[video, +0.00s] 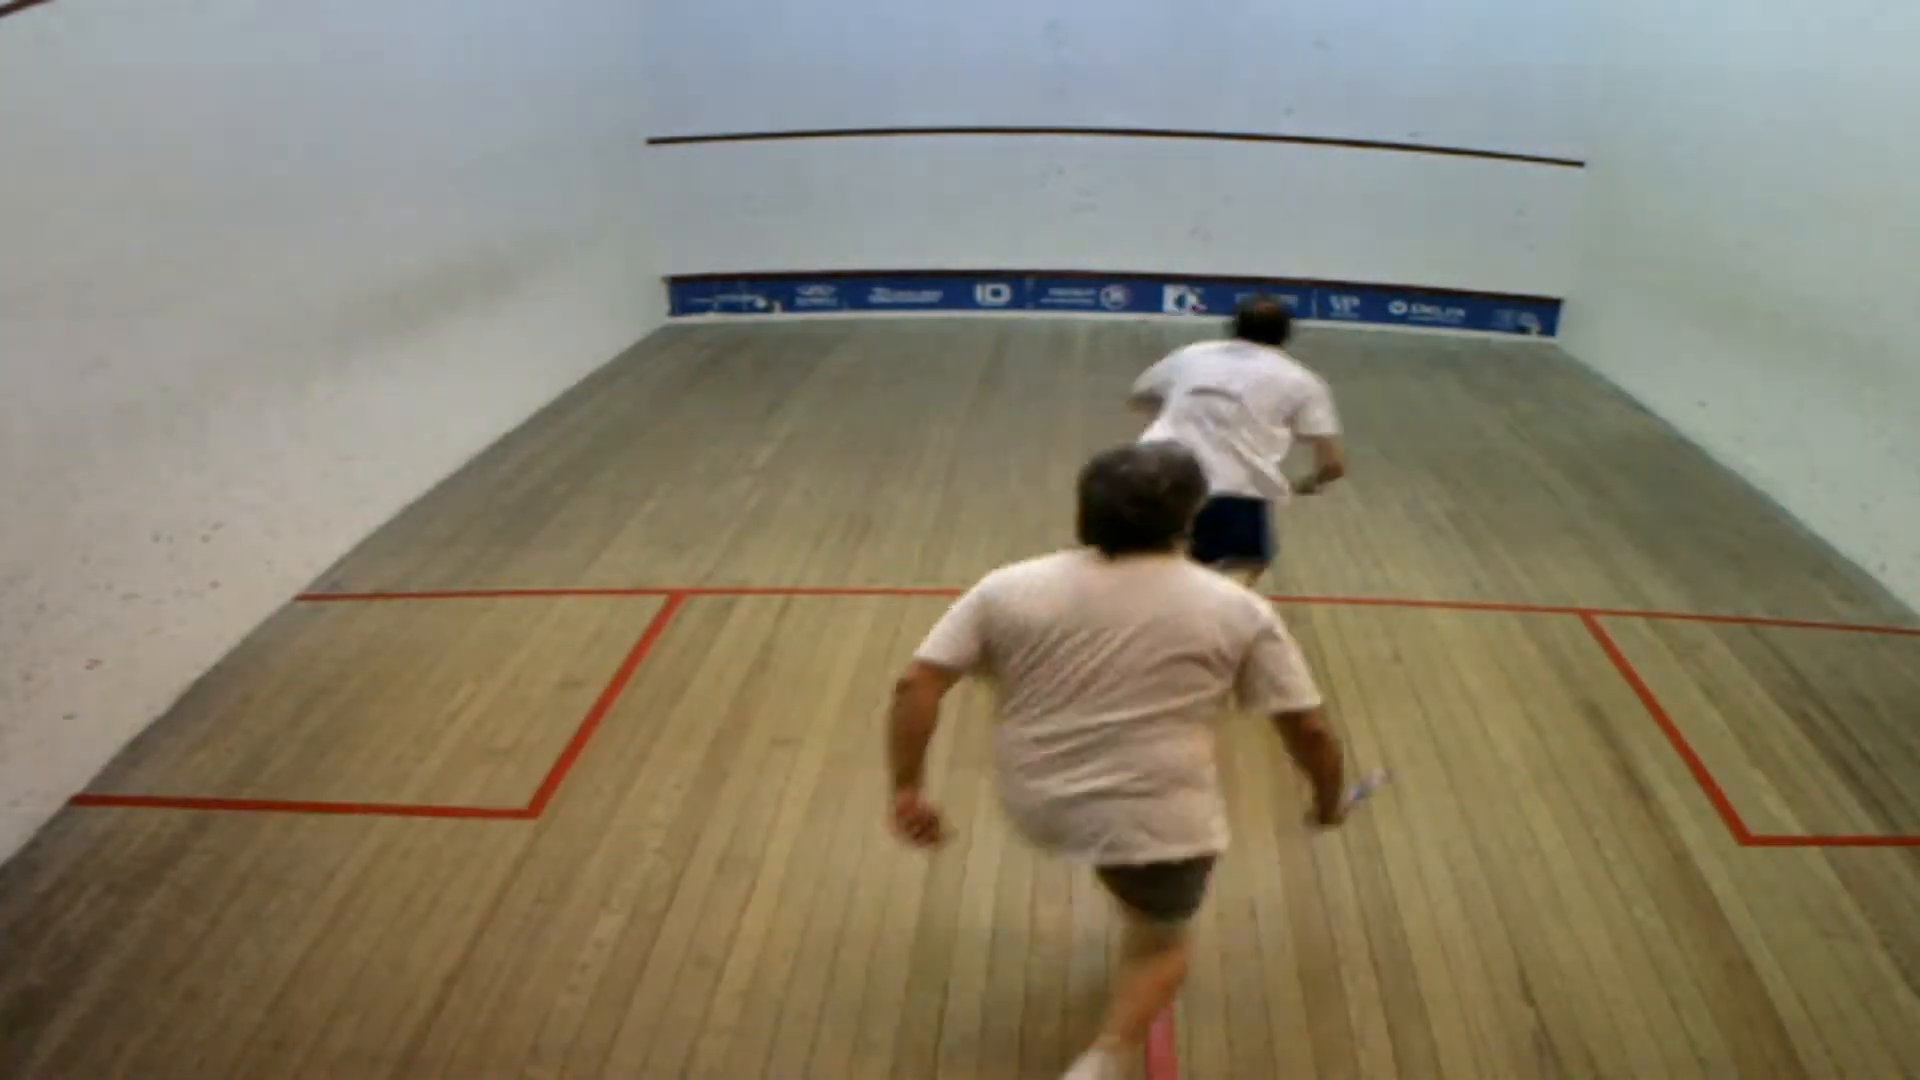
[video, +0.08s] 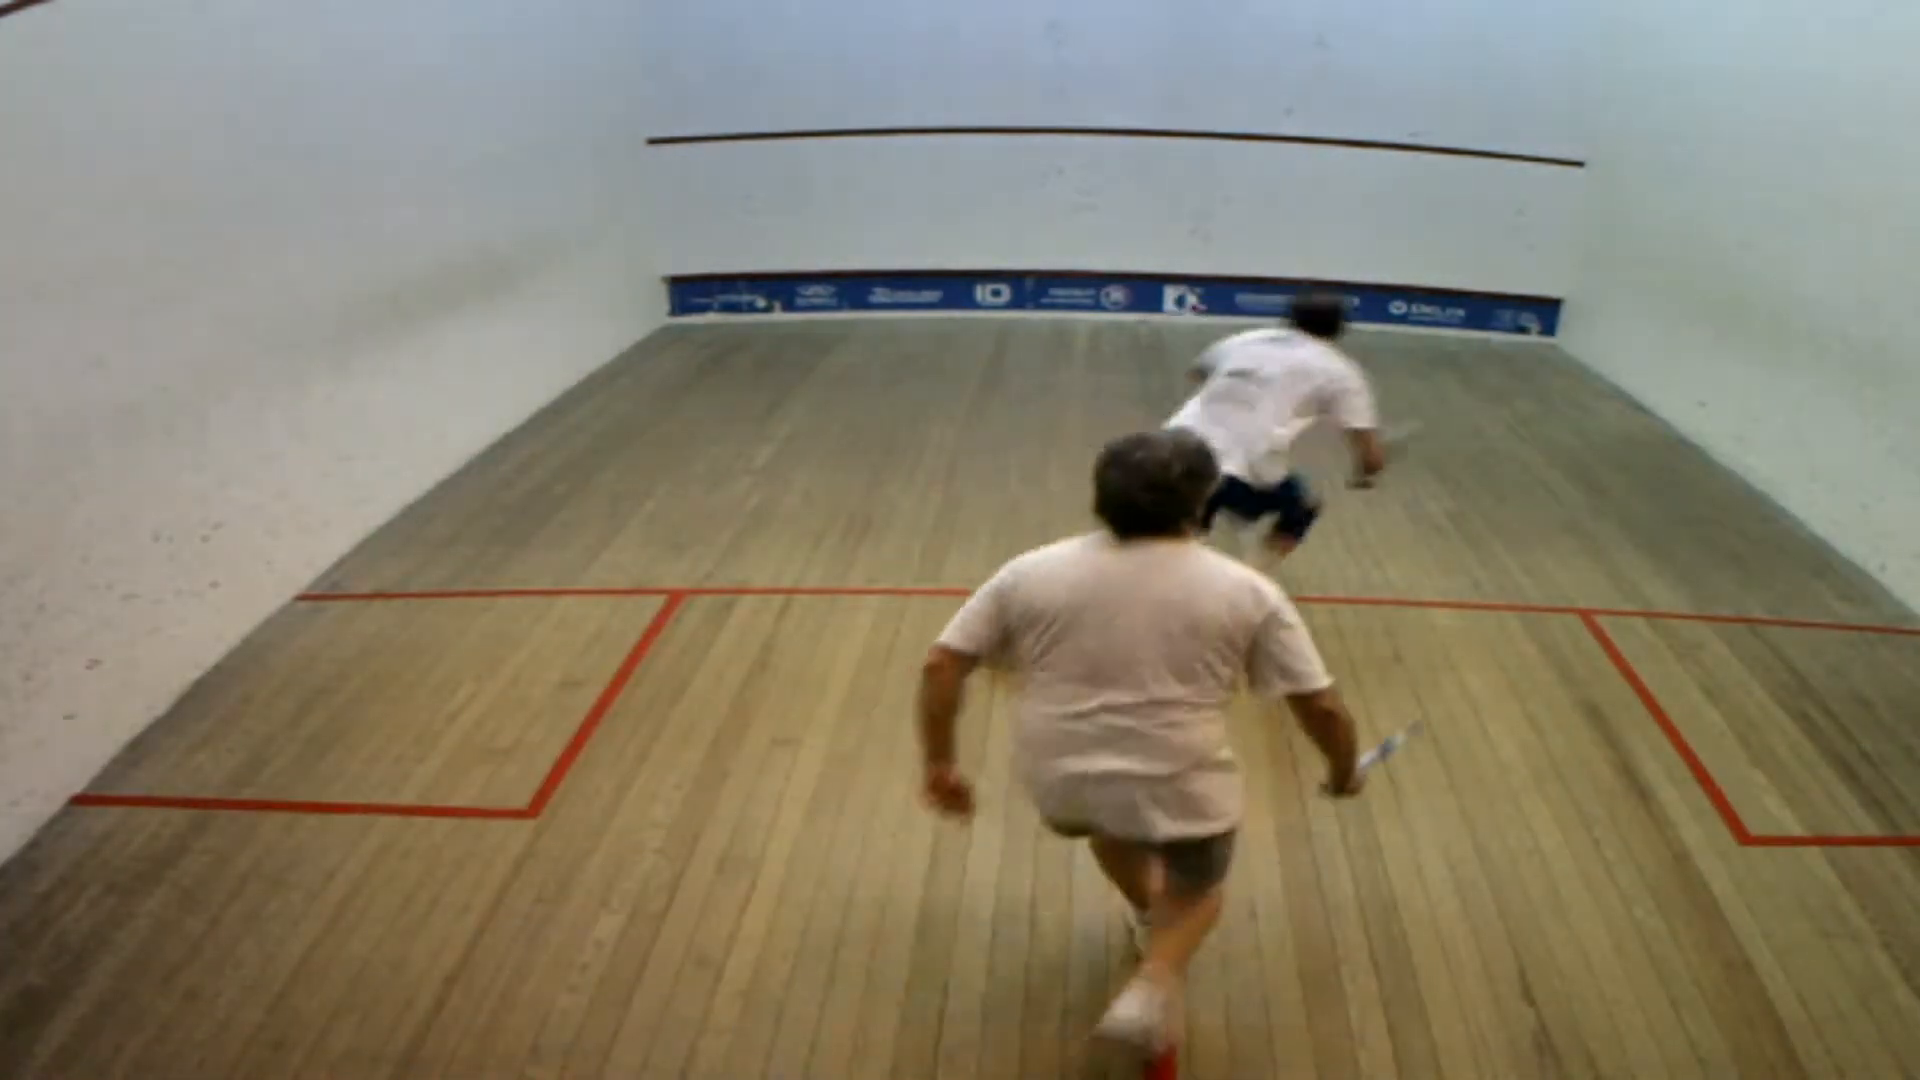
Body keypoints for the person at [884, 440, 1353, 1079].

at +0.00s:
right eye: (1193, 516)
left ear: (1087, 516)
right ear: (1185, 524)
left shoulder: (1015, 591)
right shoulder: (1229, 608)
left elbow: (916, 684)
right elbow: (1310, 731)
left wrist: (905, 789)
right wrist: (1330, 800)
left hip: (1039, 812)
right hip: (1160, 828)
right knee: (1158, 949)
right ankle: (1101, 1062)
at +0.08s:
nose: (1210, 509)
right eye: (1206, 500)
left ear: (1103, 501)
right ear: (1197, 510)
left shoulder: (1037, 575)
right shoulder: (1240, 590)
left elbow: (942, 664)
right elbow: (1320, 707)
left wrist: (939, 765)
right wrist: (1345, 768)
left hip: (1063, 792)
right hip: (1182, 793)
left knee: (1110, 829)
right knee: (1196, 888)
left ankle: (1157, 919)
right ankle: (1147, 992)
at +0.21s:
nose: (1239, 473)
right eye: (1234, 464)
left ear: (1143, 465)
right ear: (1226, 470)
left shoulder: (1085, 526)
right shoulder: (1270, 544)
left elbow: (1002, 610)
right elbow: (1341, 652)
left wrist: (1024, 659)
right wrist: (1362, 719)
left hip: (1095, 720)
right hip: (1207, 718)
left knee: (1121, 787)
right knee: (1224, 755)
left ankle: (1156, 914)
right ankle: (1225, 855)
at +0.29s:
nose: (1245, 453)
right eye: (1242, 444)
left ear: (1158, 446)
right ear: (1236, 450)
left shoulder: (1102, 504)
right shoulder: (1281, 526)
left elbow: (1024, 570)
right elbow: (1344, 631)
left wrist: (1068, 609)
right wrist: (1360, 699)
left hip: (1113, 704)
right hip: (1222, 700)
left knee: (1118, 777)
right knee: (1236, 732)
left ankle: (1154, 888)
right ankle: (1243, 779)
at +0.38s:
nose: (1251, 449)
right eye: (1248, 441)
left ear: (1170, 443)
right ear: (1244, 449)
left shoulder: (1119, 502)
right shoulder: (1291, 522)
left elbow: (1043, 559)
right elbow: (1348, 618)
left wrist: (1078, 588)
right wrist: (1359, 690)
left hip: (1124, 682)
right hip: (1229, 687)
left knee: (1076, 744)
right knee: (1247, 704)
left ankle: (1133, 848)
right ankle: (1251, 764)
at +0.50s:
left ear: (1159, 438)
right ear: (1231, 440)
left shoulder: (1112, 498)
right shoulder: (1277, 511)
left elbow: (1059, 568)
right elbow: (1327, 604)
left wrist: (1078, 605)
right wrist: (1341, 673)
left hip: (1136, 665)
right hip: (1239, 670)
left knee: (1045, 712)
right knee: (1256, 678)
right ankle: (1248, 760)